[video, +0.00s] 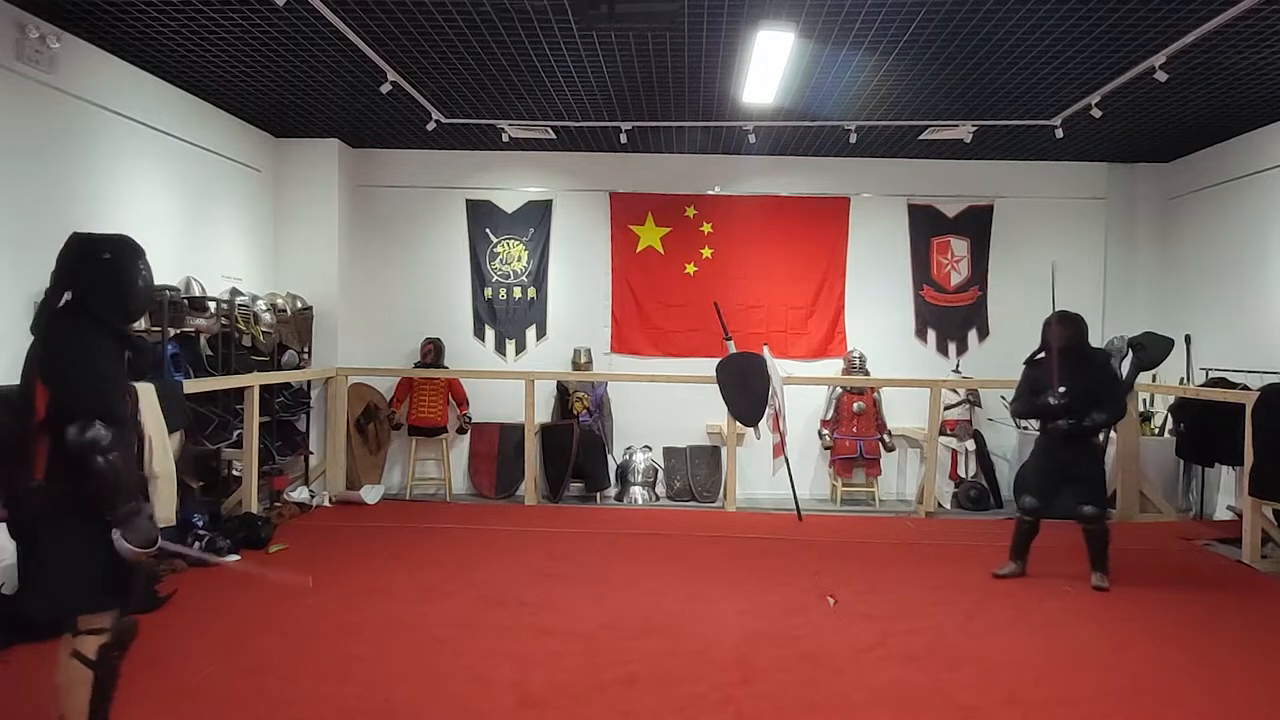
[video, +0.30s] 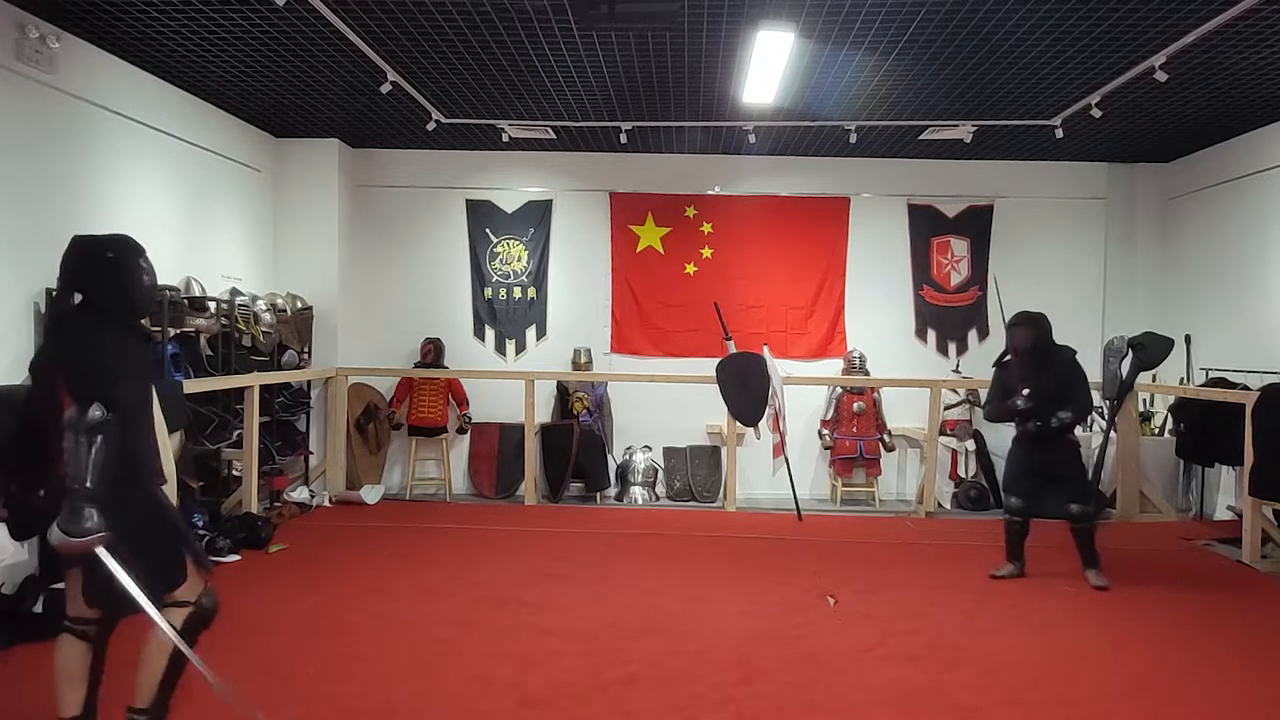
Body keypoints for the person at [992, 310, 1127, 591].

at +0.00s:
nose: (1059, 350)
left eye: (1065, 343)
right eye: (1053, 343)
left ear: (1079, 339)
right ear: (1046, 340)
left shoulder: (1098, 362)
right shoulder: (1037, 366)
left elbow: (1117, 406)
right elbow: (1018, 408)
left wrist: (1085, 424)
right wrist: (1044, 404)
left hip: (1086, 447)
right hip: (1048, 444)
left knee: (1090, 508)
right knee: (1029, 501)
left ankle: (1098, 571)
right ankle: (1017, 561)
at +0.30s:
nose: (1018, 350)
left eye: (1024, 345)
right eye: (1014, 344)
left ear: (1040, 339)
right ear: (1010, 340)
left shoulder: (1064, 360)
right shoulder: (1007, 366)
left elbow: (1083, 405)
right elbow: (990, 411)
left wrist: (1054, 423)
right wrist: (1013, 406)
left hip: (1061, 443)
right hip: (1025, 443)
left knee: (1078, 506)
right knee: (1015, 503)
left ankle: (1092, 567)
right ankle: (1014, 562)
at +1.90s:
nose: (994, 343)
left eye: (1000, 337)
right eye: (992, 337)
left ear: (1019, 337)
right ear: (990, 340)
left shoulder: (1049, 361)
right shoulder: (987, 371)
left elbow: (1094, 381)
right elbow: (952, 399)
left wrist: (1142, 393)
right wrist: (917, 389)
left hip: (1045, 456)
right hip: (1006, 458)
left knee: (1064, 523)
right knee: (995, 520)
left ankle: (1080, 574)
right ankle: (990, 581)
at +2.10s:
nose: (986, 342)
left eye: (992, 335)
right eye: (983, 335)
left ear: (1009, 334)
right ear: (978, 337)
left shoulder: (1040, 360)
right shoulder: (975, 370)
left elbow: (1085, 383)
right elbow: (950, 404)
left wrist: (1131, 401)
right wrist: (927, 424)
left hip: (1034, 451)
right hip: (996, 451)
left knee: (1031, 523)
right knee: (987, 518)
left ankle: (1037, 582)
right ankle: (989, 581)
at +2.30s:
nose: (979, 348)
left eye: (986, 340)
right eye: (974, 341)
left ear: (1002, 341)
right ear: (969, 345)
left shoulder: (1033, 368)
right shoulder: (968, 380)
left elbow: (1080, 387)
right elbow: (948, 423)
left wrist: (1128, 399)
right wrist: (926, 458)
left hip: (1022, 462)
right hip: (981, 461)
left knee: (1024, 532)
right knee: (956, 520)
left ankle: (1032, 584)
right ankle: (975, 571)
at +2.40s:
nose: (965, 349)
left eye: (972, 342)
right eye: (962, 342)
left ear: (990, 343)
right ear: (959, 346)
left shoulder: (1021, 369)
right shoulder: (959, 381)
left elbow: (1067, 387)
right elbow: (942, 426)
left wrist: (1117, 397)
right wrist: (922, 463)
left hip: (1012, 464)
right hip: (971, 465)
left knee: (1020, 535)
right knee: (945, 518)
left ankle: (1033, 585)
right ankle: (941, 581)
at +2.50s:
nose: (952, 348)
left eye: (959, 340)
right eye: (947, 341)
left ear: (976, 341)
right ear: (942, 344)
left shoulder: (1005, 370)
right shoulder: (943, 382)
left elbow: (1050, 388)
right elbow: (928, 428)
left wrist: (1097, 398)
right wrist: (908, 464)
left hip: (1000, 466)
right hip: (959, 466)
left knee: (1015, 537)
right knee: (933, 524)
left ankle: (1031, 584)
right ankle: (910, 587)